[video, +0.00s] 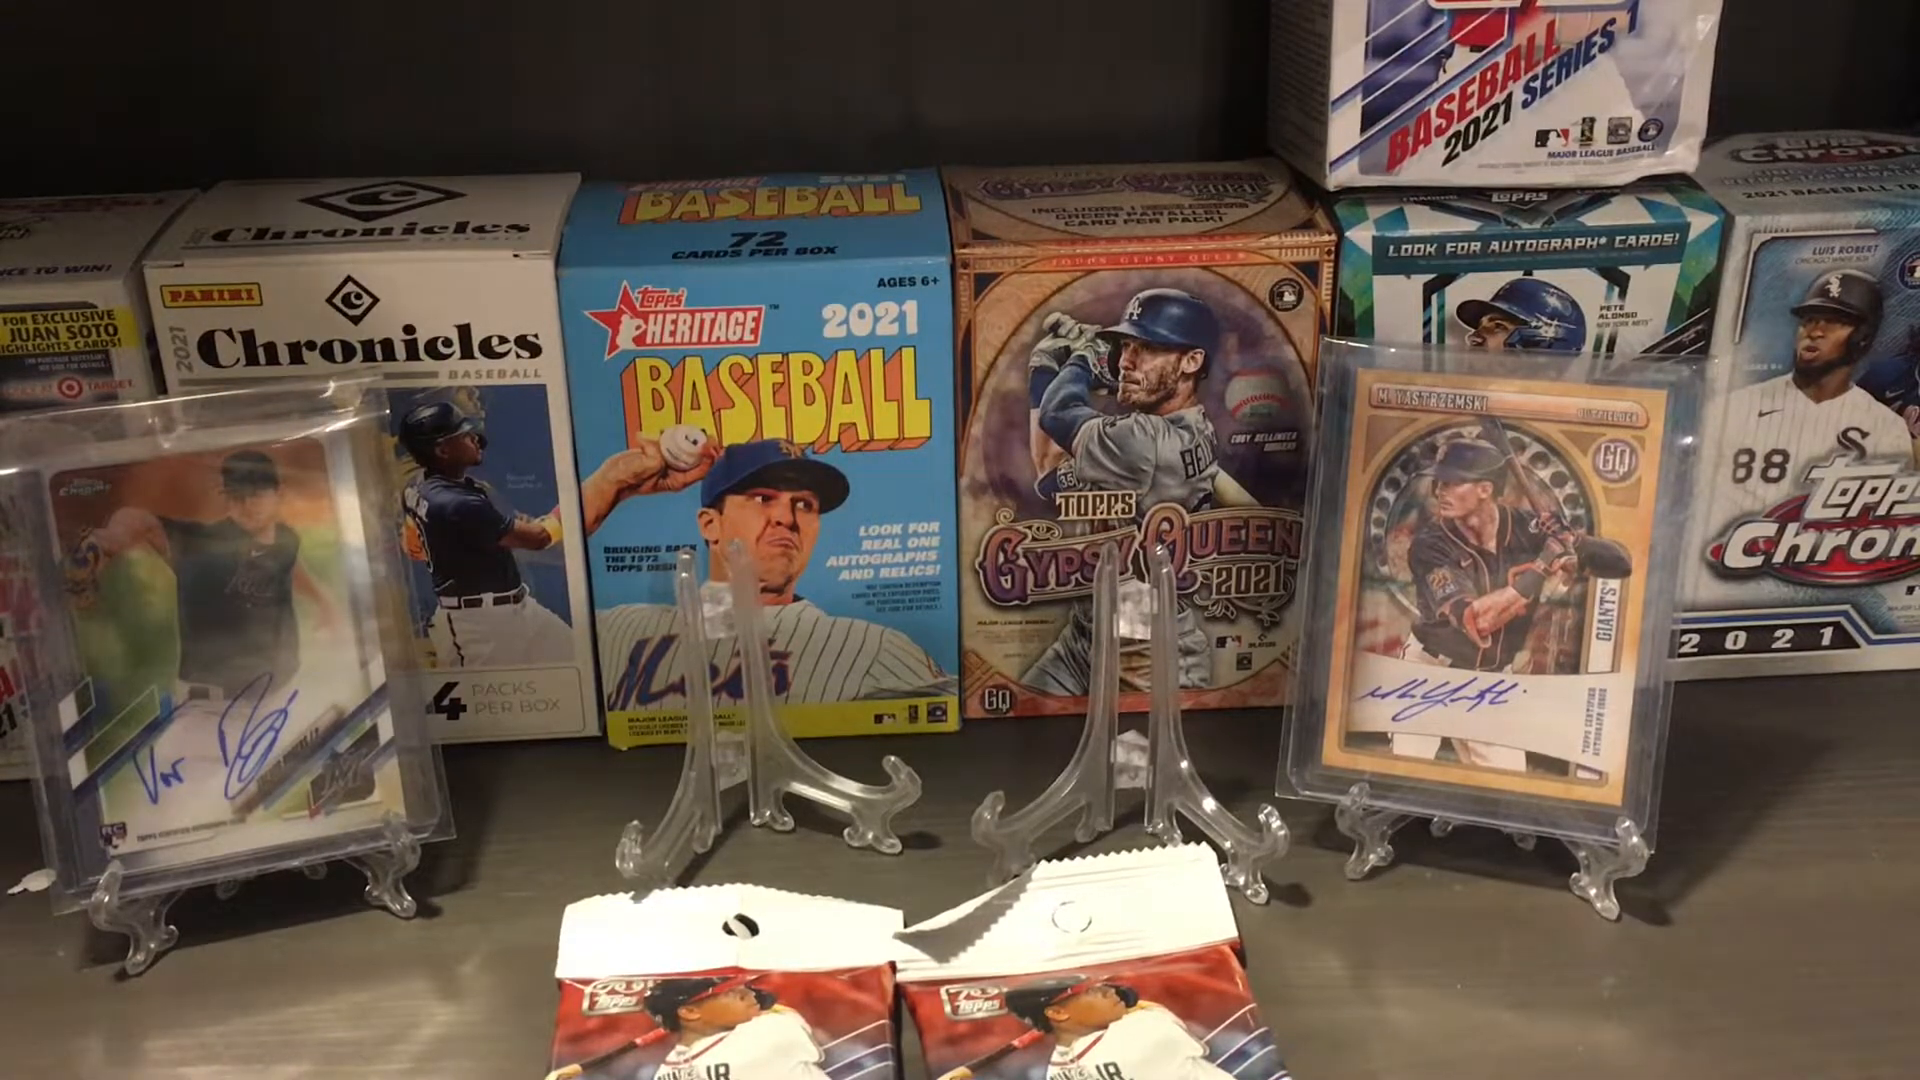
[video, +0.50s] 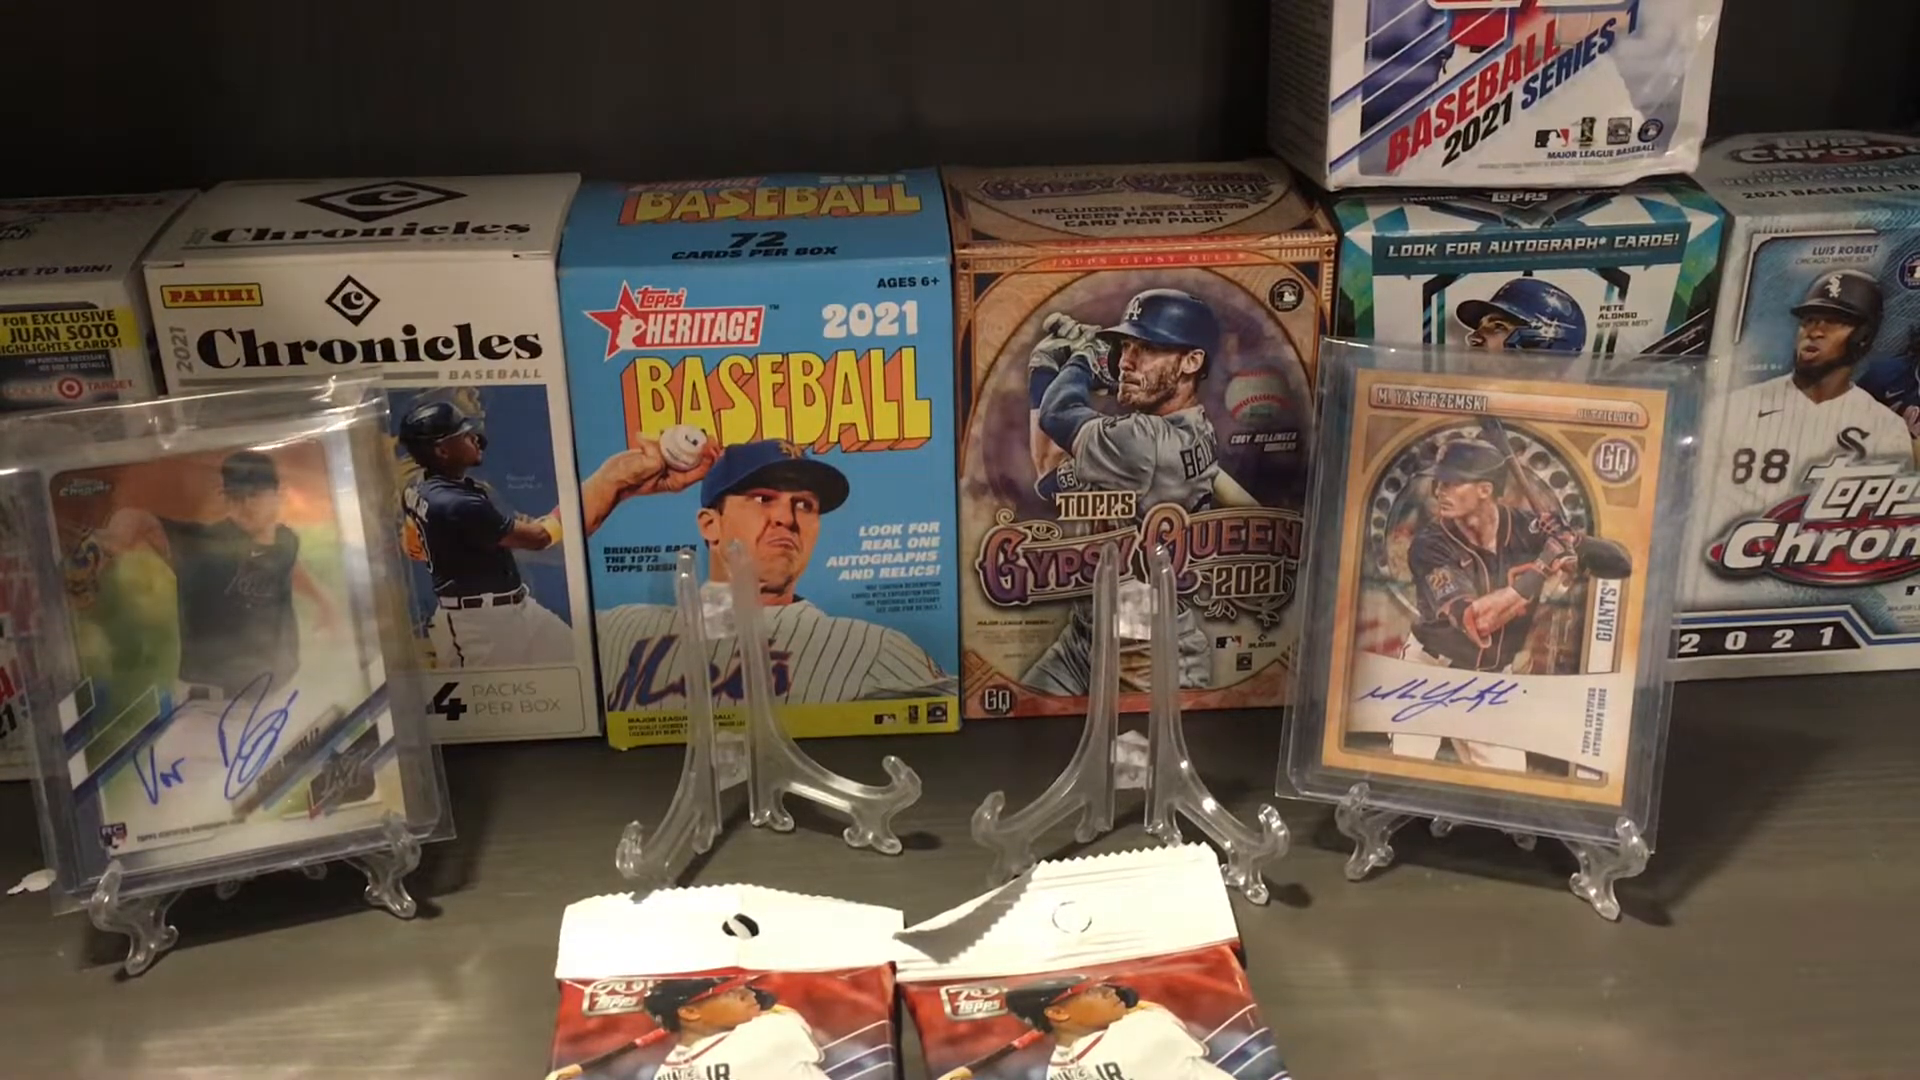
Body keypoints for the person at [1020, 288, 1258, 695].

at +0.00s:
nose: (1127, 361)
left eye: (1147, 350)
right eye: (1126, 347)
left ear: (1190, 363)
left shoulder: (1139, 440)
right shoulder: (1190, 430)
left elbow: (1059, 408)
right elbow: (1048, 474)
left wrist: (1086, 360)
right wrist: (1041, 372)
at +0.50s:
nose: (1127, 362)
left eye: (1147, 350)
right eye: (1126, 347)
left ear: (1190, 363)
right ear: (1121, 348)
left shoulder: (1139, 441)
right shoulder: (1190, 431)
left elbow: (1059, 409)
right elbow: (1048, 475)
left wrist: (1087, 360)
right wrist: (1042, 373)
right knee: (1011, 736)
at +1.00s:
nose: (1128, 361)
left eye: (1148, 349)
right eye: (1127, 347)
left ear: (1190, 363)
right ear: (1121, 348)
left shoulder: (1138, 440)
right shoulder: (1190, 430)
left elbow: (1059, 409)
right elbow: (1048, 476)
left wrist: (1087, 360)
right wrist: (1041, 373)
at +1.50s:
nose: (1128, 361)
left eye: (1148, 350)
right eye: (1127, 347)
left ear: (1190, 363)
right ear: (1121, 348)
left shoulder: (1139, 441)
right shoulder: (1190, 430)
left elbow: (1059, 409)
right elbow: (1048, 476)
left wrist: (1088, 360)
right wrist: (1041, 373)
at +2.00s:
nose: (1127, 362)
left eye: (1148, 350)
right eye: (1126, 347)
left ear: (1190, 363)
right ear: (1120, 348)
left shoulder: (1140, 441)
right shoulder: (1187, 430)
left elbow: (1059, 410)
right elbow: (1048, 476)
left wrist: (1087, 361)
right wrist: (1042, 372)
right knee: (1009, 738)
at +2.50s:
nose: (1127, 363)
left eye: (1147, 351)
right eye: (1126, 348)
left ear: (1191, 363)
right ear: (1119, 349)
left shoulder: (1141, 442)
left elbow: (1060, 410)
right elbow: (1049, 478)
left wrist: (1086, 359)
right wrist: (1043, 369)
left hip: (1161, 649)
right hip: (1089, 642)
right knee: (1009, 739)